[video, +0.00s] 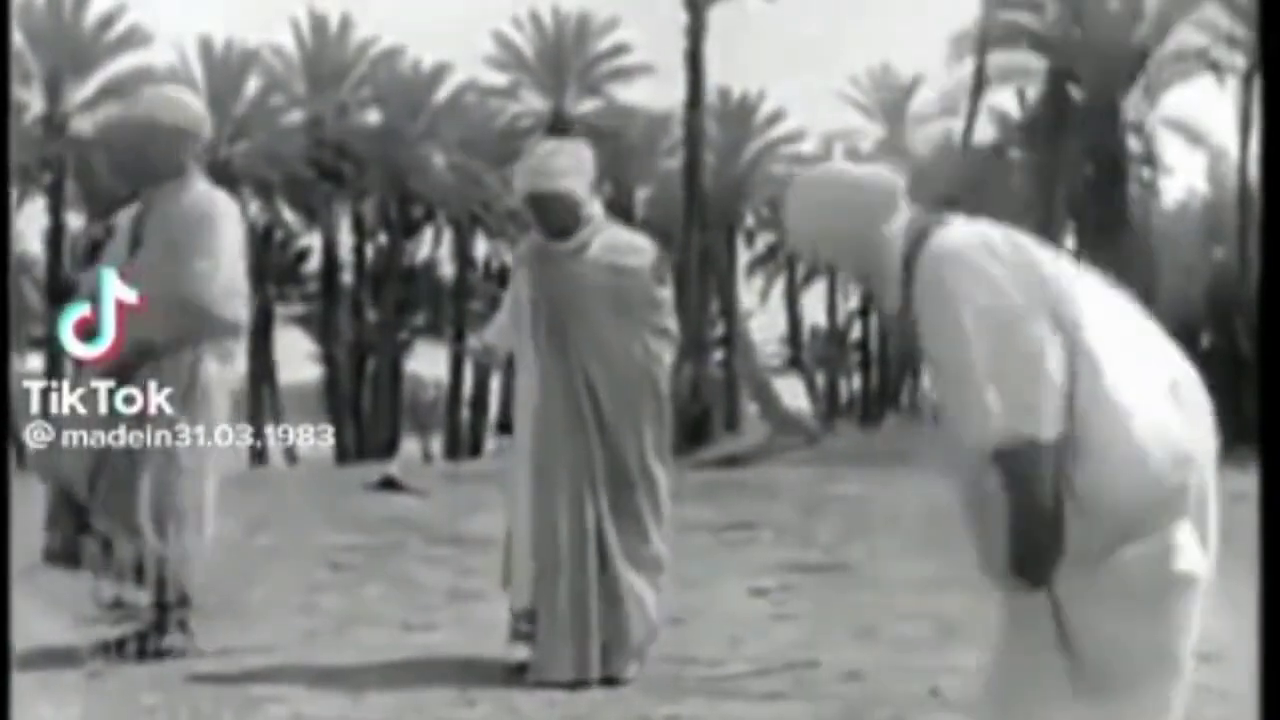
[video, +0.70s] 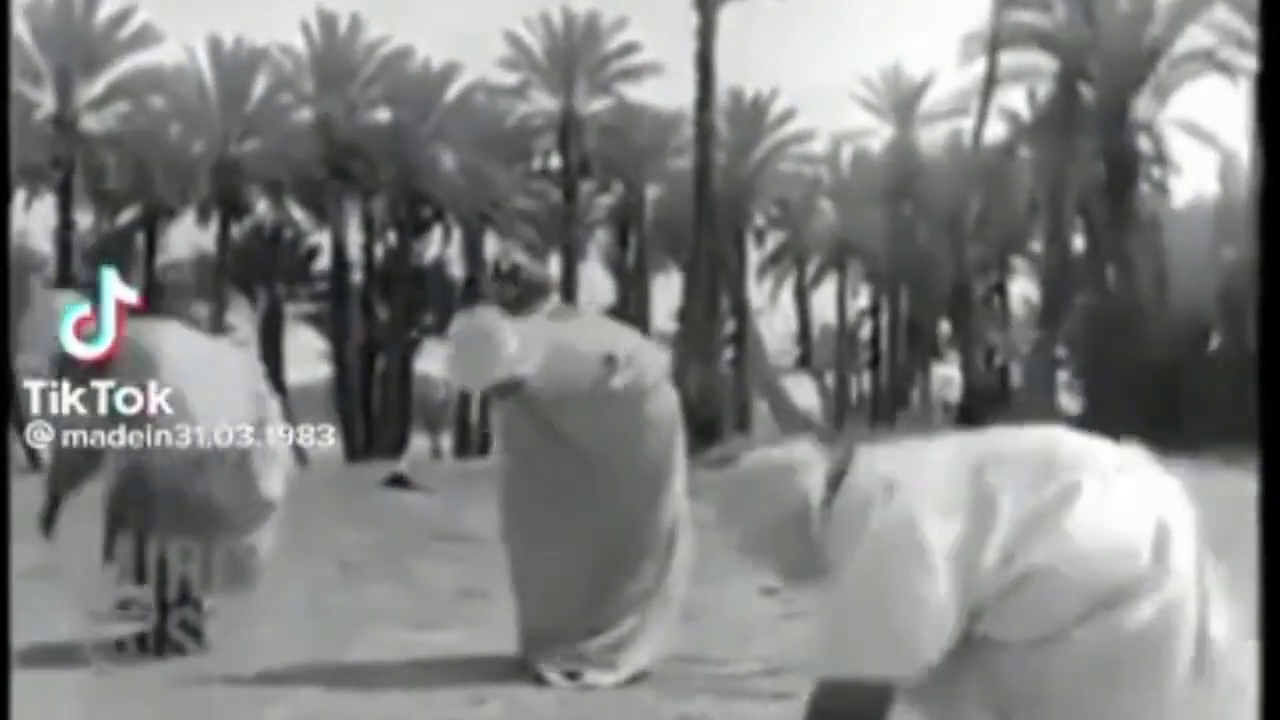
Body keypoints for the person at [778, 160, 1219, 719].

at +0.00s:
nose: (838, 275)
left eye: (830, 258)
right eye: (826, 263)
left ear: (849, 241)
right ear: (878, 212)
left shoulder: (955, 261)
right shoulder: (950, 257)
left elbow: (1021, 430)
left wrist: (1026, 583)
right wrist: (1029, 574)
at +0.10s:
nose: (811, 339)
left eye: (805, 318)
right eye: (802, 323)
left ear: (833, 298)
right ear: (855, 272)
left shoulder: (947, 298)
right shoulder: (930, 304)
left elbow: (1019, 412)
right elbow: (1006, 414)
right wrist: (1030, 540)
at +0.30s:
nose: (797, 442)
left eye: (789, 424)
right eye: (785, 429)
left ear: (805, 404)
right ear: (840, 359)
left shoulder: (928, 374)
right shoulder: (911, 375)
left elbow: (1027, 549)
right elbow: (992, 518)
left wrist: (1017, 654)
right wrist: (1008, 628)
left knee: (1149, 687)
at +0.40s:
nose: (807, 457)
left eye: (796, 444)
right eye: (795, 447)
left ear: (807, 424)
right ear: (840, 378)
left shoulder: (914, 389)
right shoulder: (915, 383)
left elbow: (997, 598)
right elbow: (1003, 594)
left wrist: (974, 699)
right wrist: (982, 691)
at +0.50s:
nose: (788, 499)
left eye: (781, 473)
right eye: (772, 479)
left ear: (816, 438)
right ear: (826, 419)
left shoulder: (912, 421)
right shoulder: (898, 418)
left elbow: (956, 641)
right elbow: (955, 626)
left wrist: (932, 703)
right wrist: (936, 695)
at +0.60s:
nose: (783, 536)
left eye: (776, 511)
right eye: (770, 517)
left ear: (811, 478)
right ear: (819, 462)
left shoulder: (896, 471)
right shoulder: (885, 467)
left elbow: (887, 690)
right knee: (970, 686)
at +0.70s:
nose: (769, 574)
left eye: (762, 550)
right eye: (752, 555)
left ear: (800, 510)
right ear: (810, 486)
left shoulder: (884, 520)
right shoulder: (877, 486)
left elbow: (849, 701)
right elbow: (862, 690)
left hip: (1116, 572)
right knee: (943, 686)